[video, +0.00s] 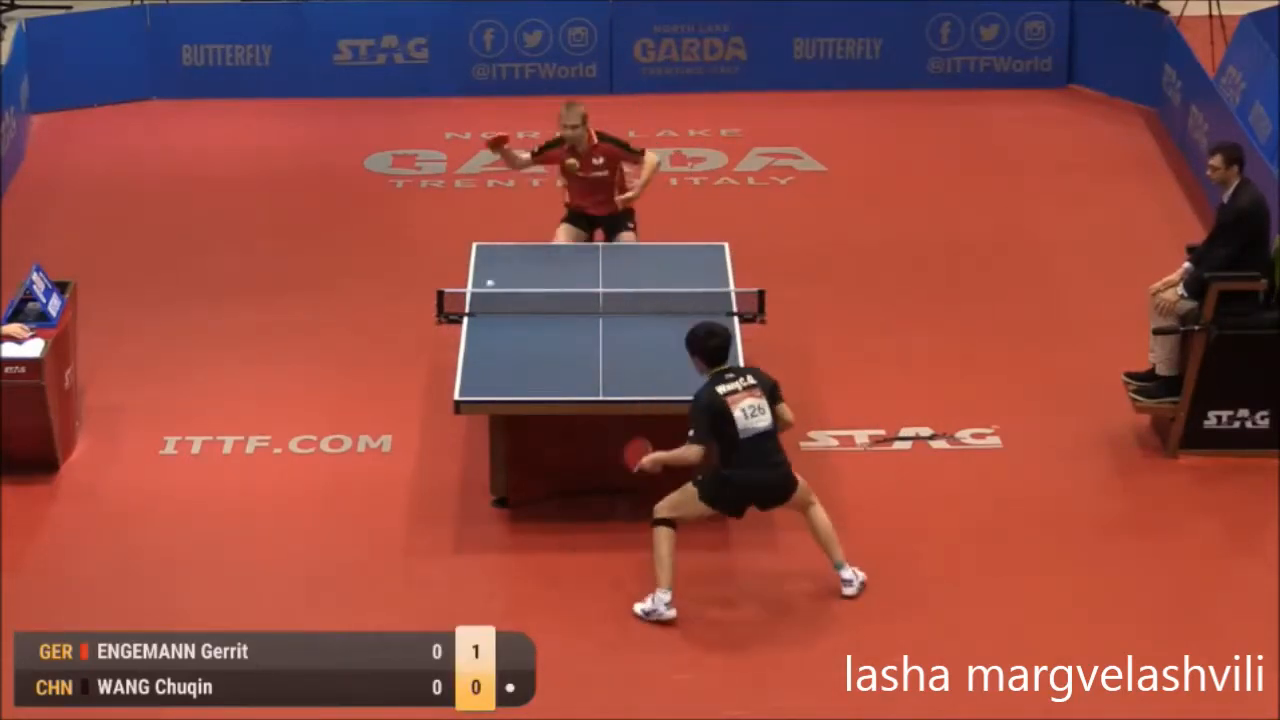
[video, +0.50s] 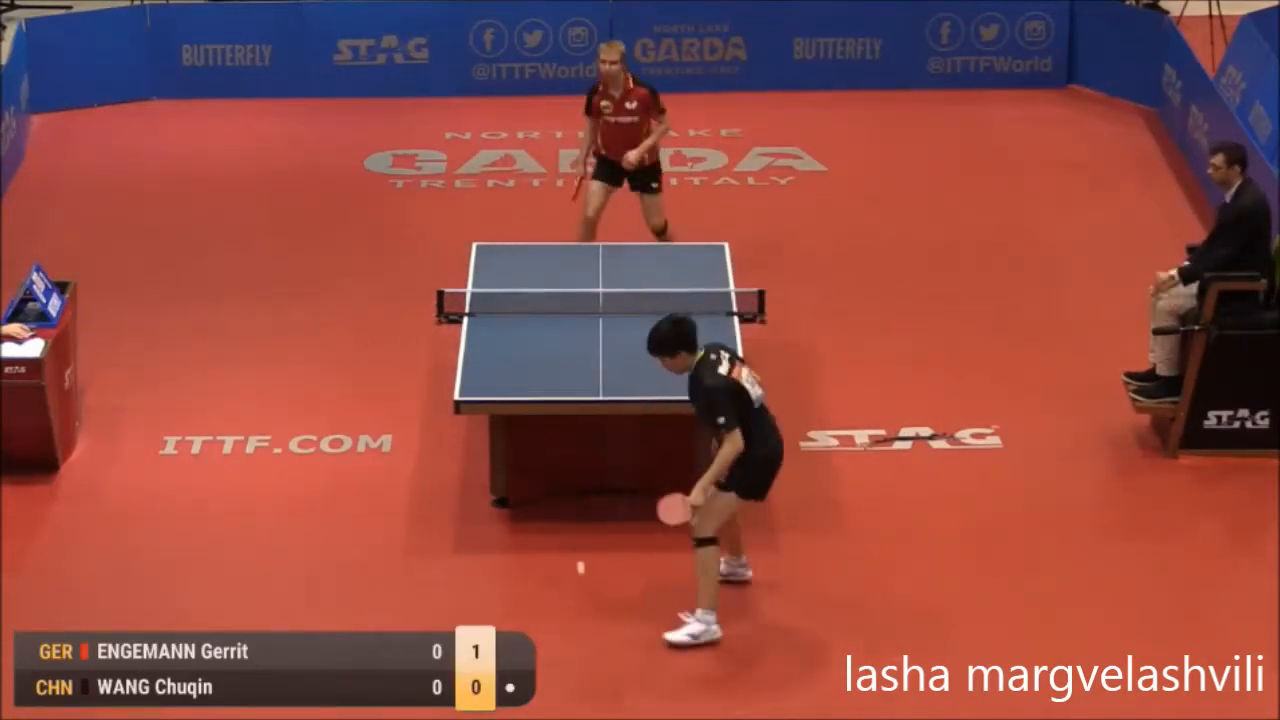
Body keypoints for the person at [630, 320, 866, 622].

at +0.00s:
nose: (691, 360)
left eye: (691, 356)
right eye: (693, 354)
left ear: (697, 359)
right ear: (728, 350)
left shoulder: (706, 397)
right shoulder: (757, 377)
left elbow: (694, 454)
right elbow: (786, 419)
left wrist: (659, 458)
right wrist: (756, 434)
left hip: (732, 482)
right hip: (776, 477)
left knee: (663, 513)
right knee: (810, 504)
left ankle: (662, 600)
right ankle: (846, 574)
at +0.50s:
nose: (663, 365)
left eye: (663, 358)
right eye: (661, 359)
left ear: (678, 354)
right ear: (688, 345)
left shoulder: (708, 382)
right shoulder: (715, 352)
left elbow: (735, 442)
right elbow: (745, 385)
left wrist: (704, 485)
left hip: (754, 455)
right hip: (764, 441)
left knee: (702, 523)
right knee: (721, 499)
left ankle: (706, 619)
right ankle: (735, 562)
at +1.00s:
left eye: (658, 282)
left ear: (653, 287)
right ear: (687, 287)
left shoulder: (639, 325)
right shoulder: (706, 321)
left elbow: (628, 385)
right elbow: (732, 371)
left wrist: (643, 397)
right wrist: (713, 391)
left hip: (653, 417)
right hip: (699, 418)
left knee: (607, 471)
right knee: (722, 482)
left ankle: (589, 550)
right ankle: (742, 559)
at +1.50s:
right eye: (572, 287)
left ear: (545, 289)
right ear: (576, 291)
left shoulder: (525, 317)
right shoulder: (588, 329)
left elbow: (480, 335)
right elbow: (616, 376)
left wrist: (501, 349)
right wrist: (602, 368)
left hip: (515, 413)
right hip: (559, 420)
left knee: (483, 454)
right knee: (610, 474)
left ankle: (450, 520)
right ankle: (588, 556)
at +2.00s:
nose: (495, 320)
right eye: (495, 317)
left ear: (465, 314)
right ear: (493, 322)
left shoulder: (443, 331)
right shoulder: (497, 348)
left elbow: (420, 327)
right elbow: (530, 366)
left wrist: (442, 324)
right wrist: (524, 343)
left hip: (422, 427)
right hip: (459, 435)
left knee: (416, 460)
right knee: (527, 485)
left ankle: (388, 521)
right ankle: (572, 558)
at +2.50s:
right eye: (551, 307)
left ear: (525, 314)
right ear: (557, 310)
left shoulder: (510, 352)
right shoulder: (579, 341)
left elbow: (468, 378)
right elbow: (627, 371)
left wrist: (485, 377)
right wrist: (612, 387)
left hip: (534, 446)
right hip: (580, 442)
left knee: (494, 500)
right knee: (640, 484)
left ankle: (454, 556)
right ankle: (634, 570)